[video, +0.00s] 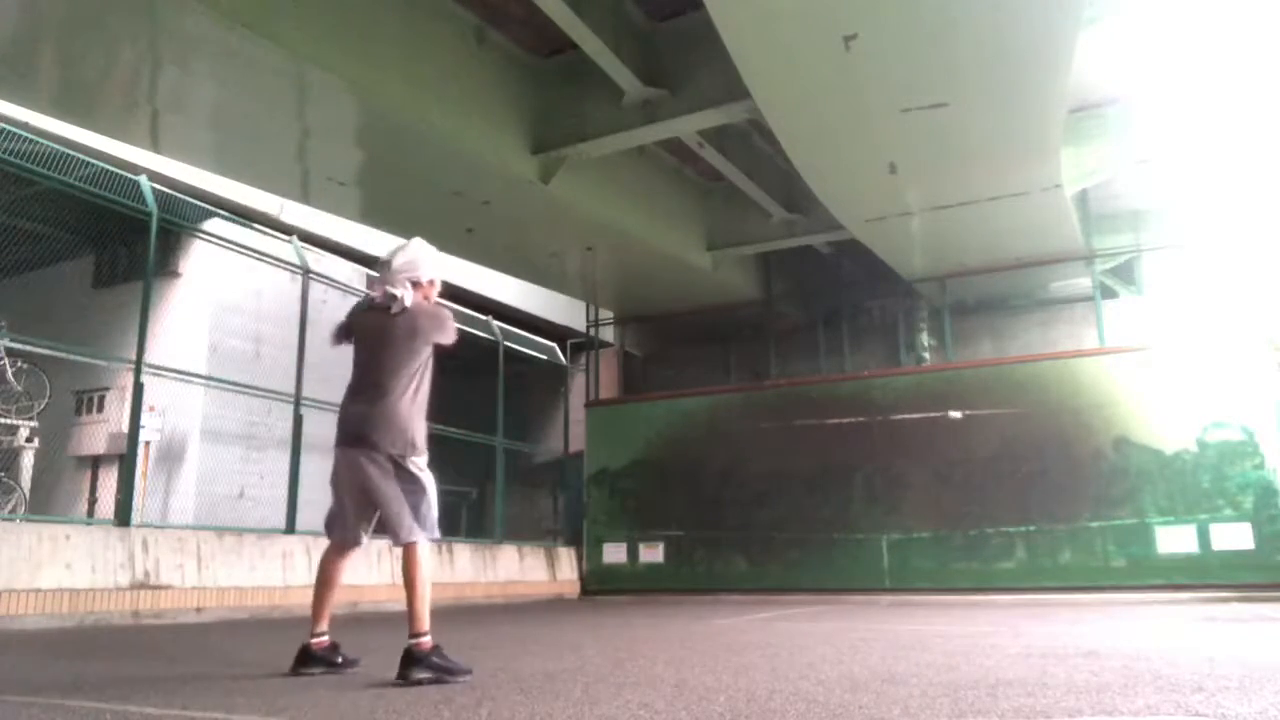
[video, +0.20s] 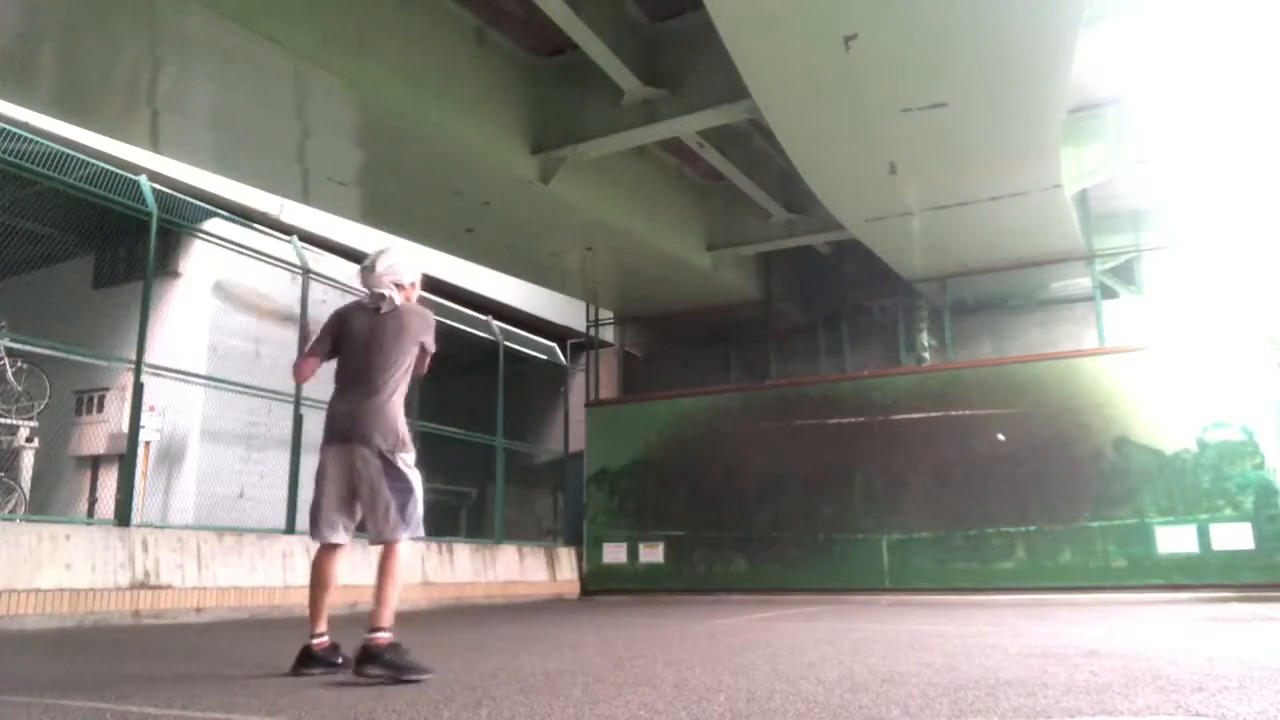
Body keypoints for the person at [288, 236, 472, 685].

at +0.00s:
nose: (437, 293)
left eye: (436, 285)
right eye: (435, 285)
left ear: (395, 280)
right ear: (421, 285)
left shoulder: (364, 316)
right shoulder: (425, 318)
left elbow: (340, 334)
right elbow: (451, 333)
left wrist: (373, 300)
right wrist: (419, 300)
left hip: (351, 442)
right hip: (394, 445)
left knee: (342, 541)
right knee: (415, 540)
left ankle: (316, 643)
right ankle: (421, 649)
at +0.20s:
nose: (419, 291)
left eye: (417, 284)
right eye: (417, 285)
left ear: (373, 282)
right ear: (404, 285)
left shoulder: (346, 315)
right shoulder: (419, 317)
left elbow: (302, 372)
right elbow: (422, 366)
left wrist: (315, 343)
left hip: (339, 435)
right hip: (385, 437)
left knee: (331, 541)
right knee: (393, 540)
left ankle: (317, 644)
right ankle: (379, 645)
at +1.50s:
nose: (577, 311)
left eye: (577, 303)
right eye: (573, 303)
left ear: (546, 303)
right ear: (555, 304)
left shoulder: (539, 346)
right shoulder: (530, 338)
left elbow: (550, 401)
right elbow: (495, 386)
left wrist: (590, 442)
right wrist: (479, 416)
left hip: (478, 447)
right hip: (495, 447)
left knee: (479, 551)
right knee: (552, 543)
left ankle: (402, 634)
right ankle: (506, 647)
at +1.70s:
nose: (631, 328)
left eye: (631, 319)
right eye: (628, 318)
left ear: (592, 313)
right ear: (608, 315)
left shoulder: (559, 345)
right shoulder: (599, 352)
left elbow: (535, 400)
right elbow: (657, 406)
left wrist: (576, 426)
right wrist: (715, 429)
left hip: (514, 447)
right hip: (528, 450)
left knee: (579, 528)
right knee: (570, 547)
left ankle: (573, 635)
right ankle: (509, 645)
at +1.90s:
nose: (672, 316)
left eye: (671, 309)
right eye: (670, 309)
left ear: (630, 305)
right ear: (659, 308)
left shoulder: (593, 342)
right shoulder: (655, 336)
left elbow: (542, 378)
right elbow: (725, 355)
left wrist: (556, 429)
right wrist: (741, 330)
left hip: (582, 461)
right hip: (602, 465)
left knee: (653, 543)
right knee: (626, 559)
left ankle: (681, 649)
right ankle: (526, 633)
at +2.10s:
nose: (694, 299)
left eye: (692, 293)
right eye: (692, 293)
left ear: (651, 293)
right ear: (683, 293)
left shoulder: (630, 335)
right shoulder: (686, 322)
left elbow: (583, 385)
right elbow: (757, 344)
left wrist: (594, 446)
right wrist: (747, 308)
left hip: (632, 452)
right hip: (661, 450)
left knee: (694, 550)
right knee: (693, 551)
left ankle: (687, 648)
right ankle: (604, 622)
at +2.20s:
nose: (698, 282)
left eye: (694, 276)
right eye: (697, 275)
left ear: (653, 275)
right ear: (690, 276)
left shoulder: (632, 317)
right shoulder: (698, 307)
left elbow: (603, 375)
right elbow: (758, 355)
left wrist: (625, 414)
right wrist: (754, 324)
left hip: (637, 438)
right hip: (676, 434)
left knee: (681, 542)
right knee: (707, 537)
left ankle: (688, 644)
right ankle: (657, 632)